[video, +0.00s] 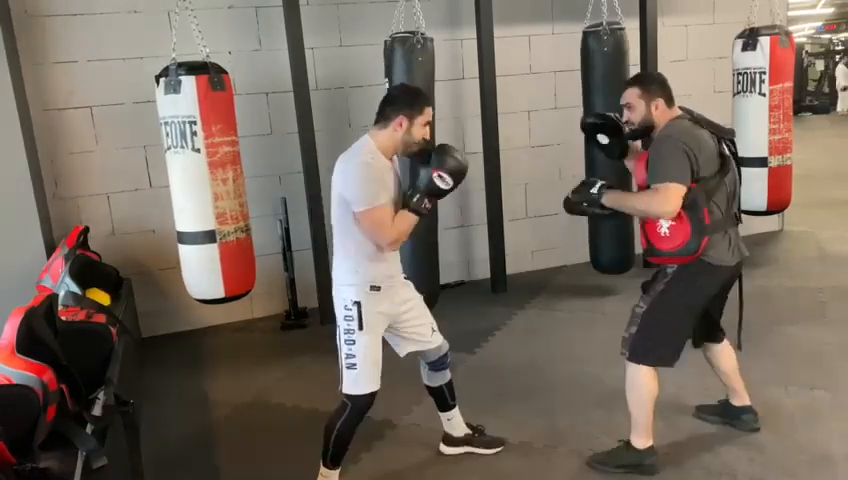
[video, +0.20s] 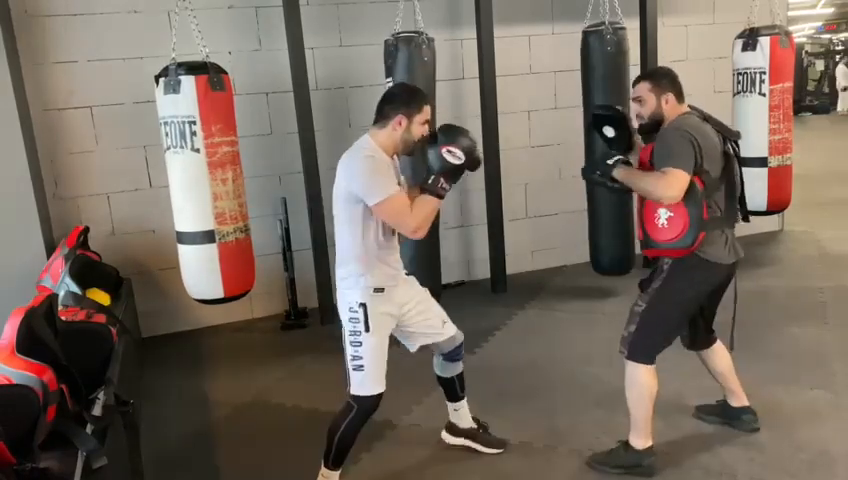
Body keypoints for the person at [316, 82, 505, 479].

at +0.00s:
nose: (429, 135)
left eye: (430, 126)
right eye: (425, 125)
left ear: (399, 124)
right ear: (400, 123)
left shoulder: (390, 160)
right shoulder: (358, 166)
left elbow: (395, 220)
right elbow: (388, 237)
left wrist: (423, 186)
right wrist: (425, 199)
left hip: (393, 282)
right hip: (358, 290)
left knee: (435, 352)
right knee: (361, 393)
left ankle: (456, 434)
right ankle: (327, 473)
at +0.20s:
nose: (427, 133)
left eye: (428, 124)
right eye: (423, 124)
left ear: (397, 122)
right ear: (400, 122)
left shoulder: (385, 157)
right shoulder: (362, 163)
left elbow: (408, 213)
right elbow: (415, 226)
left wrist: (439, 176)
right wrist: (444, 177)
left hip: (397, 284)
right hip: (363, 294)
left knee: (450, 341)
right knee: (367, 396)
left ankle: (460, 423)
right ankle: (328, 473)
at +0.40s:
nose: (456, 140)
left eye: (458, 131)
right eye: (453, 131)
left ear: (428, 129)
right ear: (429, 128)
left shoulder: (428, 164)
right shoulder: (379, 167)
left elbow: (453, 176)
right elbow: (400, 239)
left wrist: (489, 157)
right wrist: (440, 200)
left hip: (423, 284)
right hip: (380, 293)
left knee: (476, 344)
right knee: (372, 393)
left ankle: (491, 405)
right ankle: (330, 471)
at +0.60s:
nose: (491, 163)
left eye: (493, 156)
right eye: (491, 155)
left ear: (467, 149)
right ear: (474, 150)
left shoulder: (448, 175)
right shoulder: (439, 180)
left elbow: (460, 212)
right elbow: (451, 245)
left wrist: (499, 193)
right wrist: (494, 223)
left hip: (438, 293)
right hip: (415, 302)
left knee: (490, 339)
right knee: (425, 413)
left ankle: (501, 405)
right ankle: (343, 469)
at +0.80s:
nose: (508, 180)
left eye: (511, 173)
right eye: (507, 172)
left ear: (483, 167)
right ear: (488, 168)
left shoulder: (465, 191)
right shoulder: (453, 187)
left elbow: (486, 223)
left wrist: (524, 209)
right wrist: (532, 217)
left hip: (451, 302)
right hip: (419, 309)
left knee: (509, 346)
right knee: (407, 417)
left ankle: (501, 407)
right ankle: (338, 473)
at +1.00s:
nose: (501, 171)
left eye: (503, 162)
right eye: (497, 159)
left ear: (475, 157)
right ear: (471, 154)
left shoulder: (476, 191)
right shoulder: (423, 182)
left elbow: (495, 237)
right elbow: (425, 246)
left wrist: (546, 234)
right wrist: (463, 205)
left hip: (448, 294)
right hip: (404, 296)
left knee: (506, 347)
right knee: (387, 394)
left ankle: (501, 407)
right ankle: (336, 444)